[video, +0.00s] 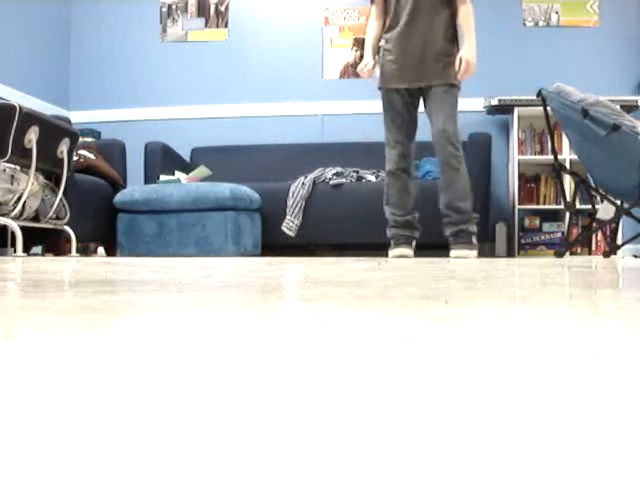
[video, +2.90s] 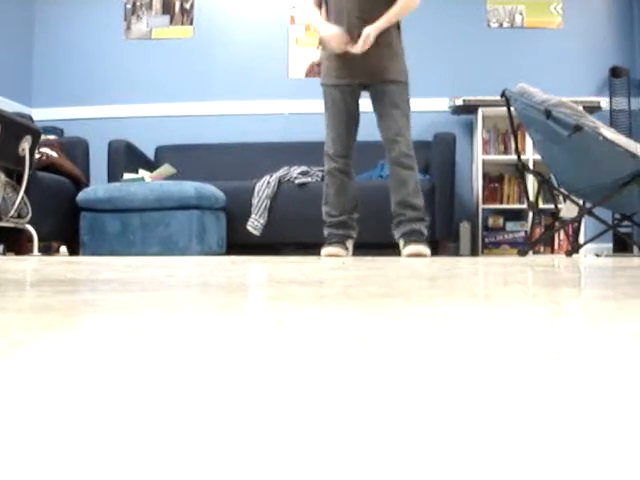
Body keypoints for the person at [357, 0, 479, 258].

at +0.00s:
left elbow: (463, 5)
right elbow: (378, 11)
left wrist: (468, 47)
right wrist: (368, 54)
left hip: (442, 60)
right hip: (395, 62)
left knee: (448, 147)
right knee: (396, 157)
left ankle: (461, 236)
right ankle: (401, 237)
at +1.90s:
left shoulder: (457, 2)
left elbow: (466, 20)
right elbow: (375, 11)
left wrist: (479, 69)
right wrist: (372, 49)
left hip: (435, 74)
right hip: (390, 70)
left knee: (440, 159)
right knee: (377, 154)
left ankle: (445, 239)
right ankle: (365, 236)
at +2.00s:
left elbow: (437, 15)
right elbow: (349, 12)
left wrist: (451, 62)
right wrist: (348, 51)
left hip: (410, 72)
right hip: (365, 69)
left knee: (419, 157)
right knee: (355, 154)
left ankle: (431, 238)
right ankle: (348, 238)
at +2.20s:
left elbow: (409, 7)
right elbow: (324, 16)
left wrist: (422, 46)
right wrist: (319, 60)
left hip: (389, 67)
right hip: (344, 68)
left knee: (401, 151)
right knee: (342, 156)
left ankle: (412, 234)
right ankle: (344, 237)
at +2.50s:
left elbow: (399, 4)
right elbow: (305, 24)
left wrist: (415, 35)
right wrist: (282, 64)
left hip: (373, 60)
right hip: (328, 64)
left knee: (372, 143)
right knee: (331, 154)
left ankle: (385, 235)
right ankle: (337, 236)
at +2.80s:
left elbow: (400, 3)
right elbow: (310, 8)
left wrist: (382, 25)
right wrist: (297, 39)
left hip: (380, 56)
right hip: (332, 59)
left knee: (401, 146)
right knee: (334, 155)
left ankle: (414, 233)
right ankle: (337, 237)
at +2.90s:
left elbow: (411, 1)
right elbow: (307, 8)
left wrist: (376, 27)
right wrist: (326, 30)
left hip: (386, 58)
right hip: (337, 60)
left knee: (400, 150)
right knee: (337, 154)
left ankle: (412, 235)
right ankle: (338, 237)